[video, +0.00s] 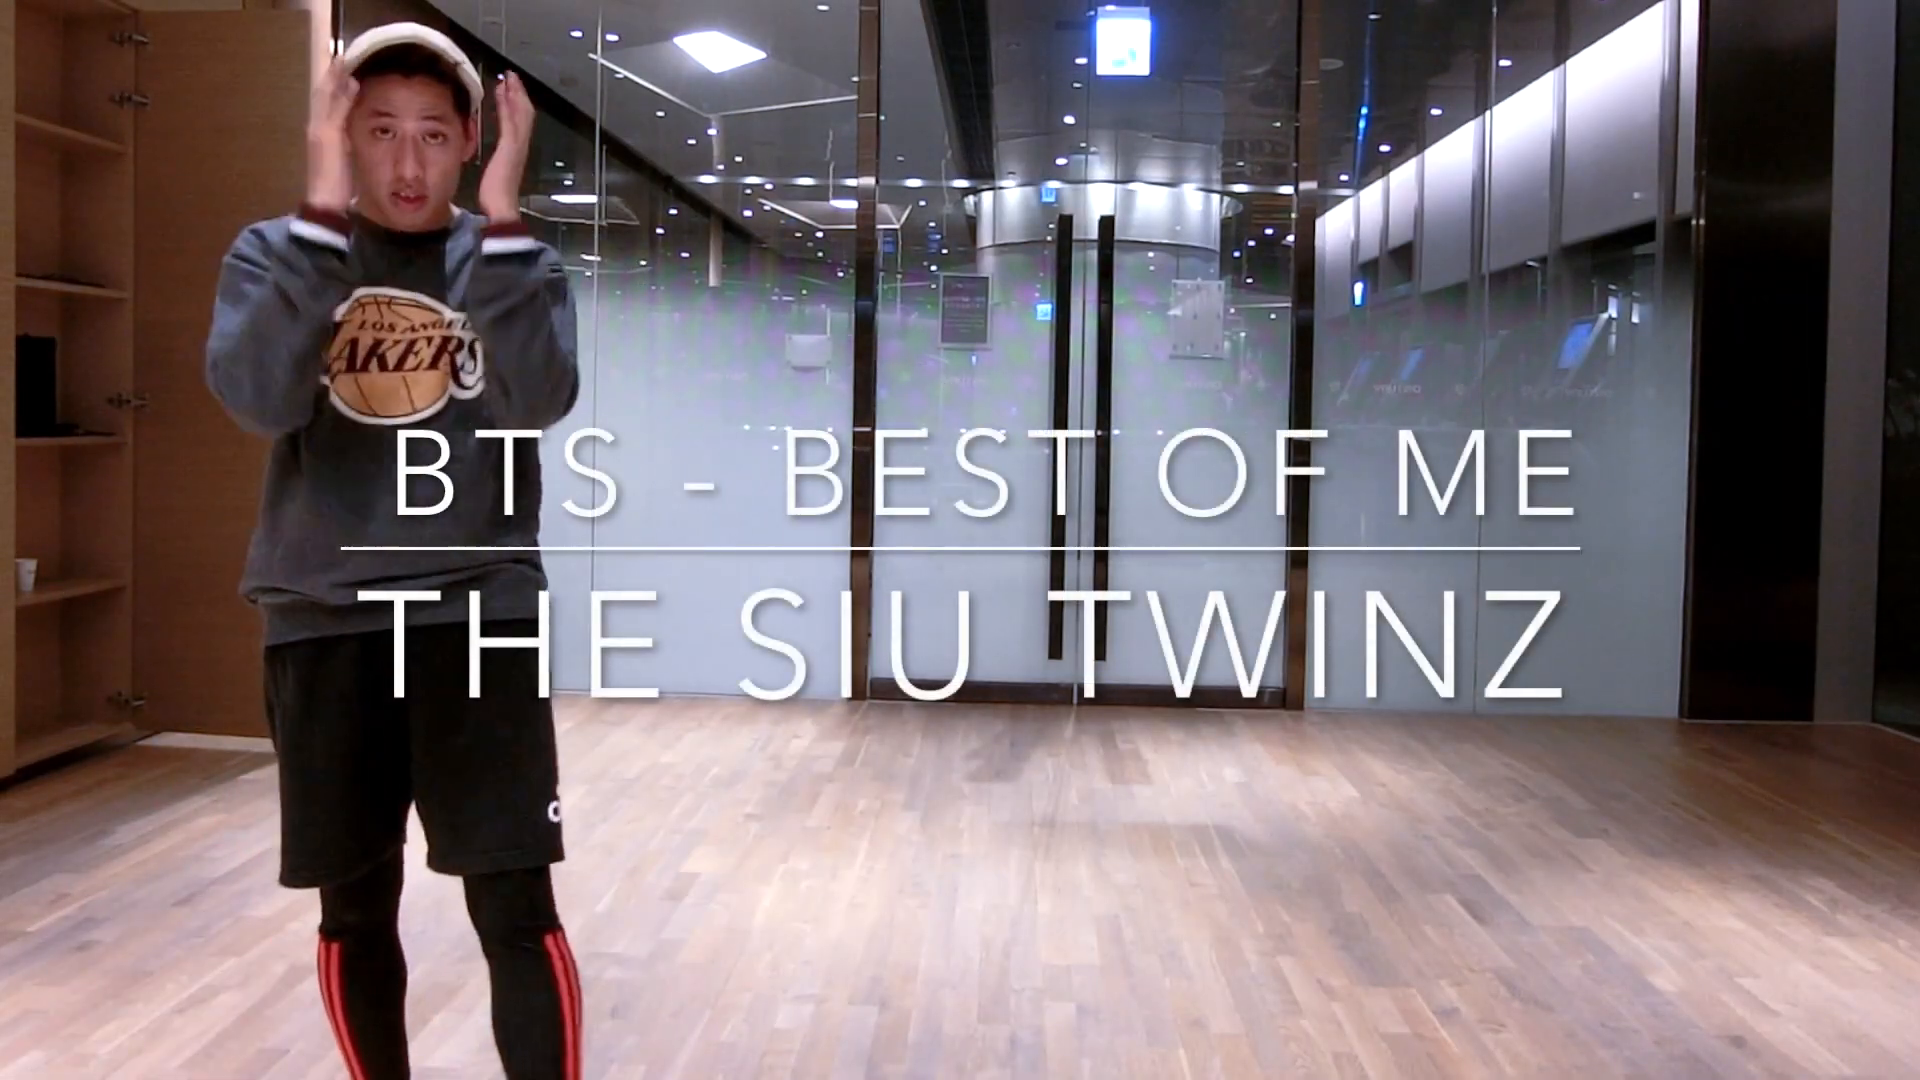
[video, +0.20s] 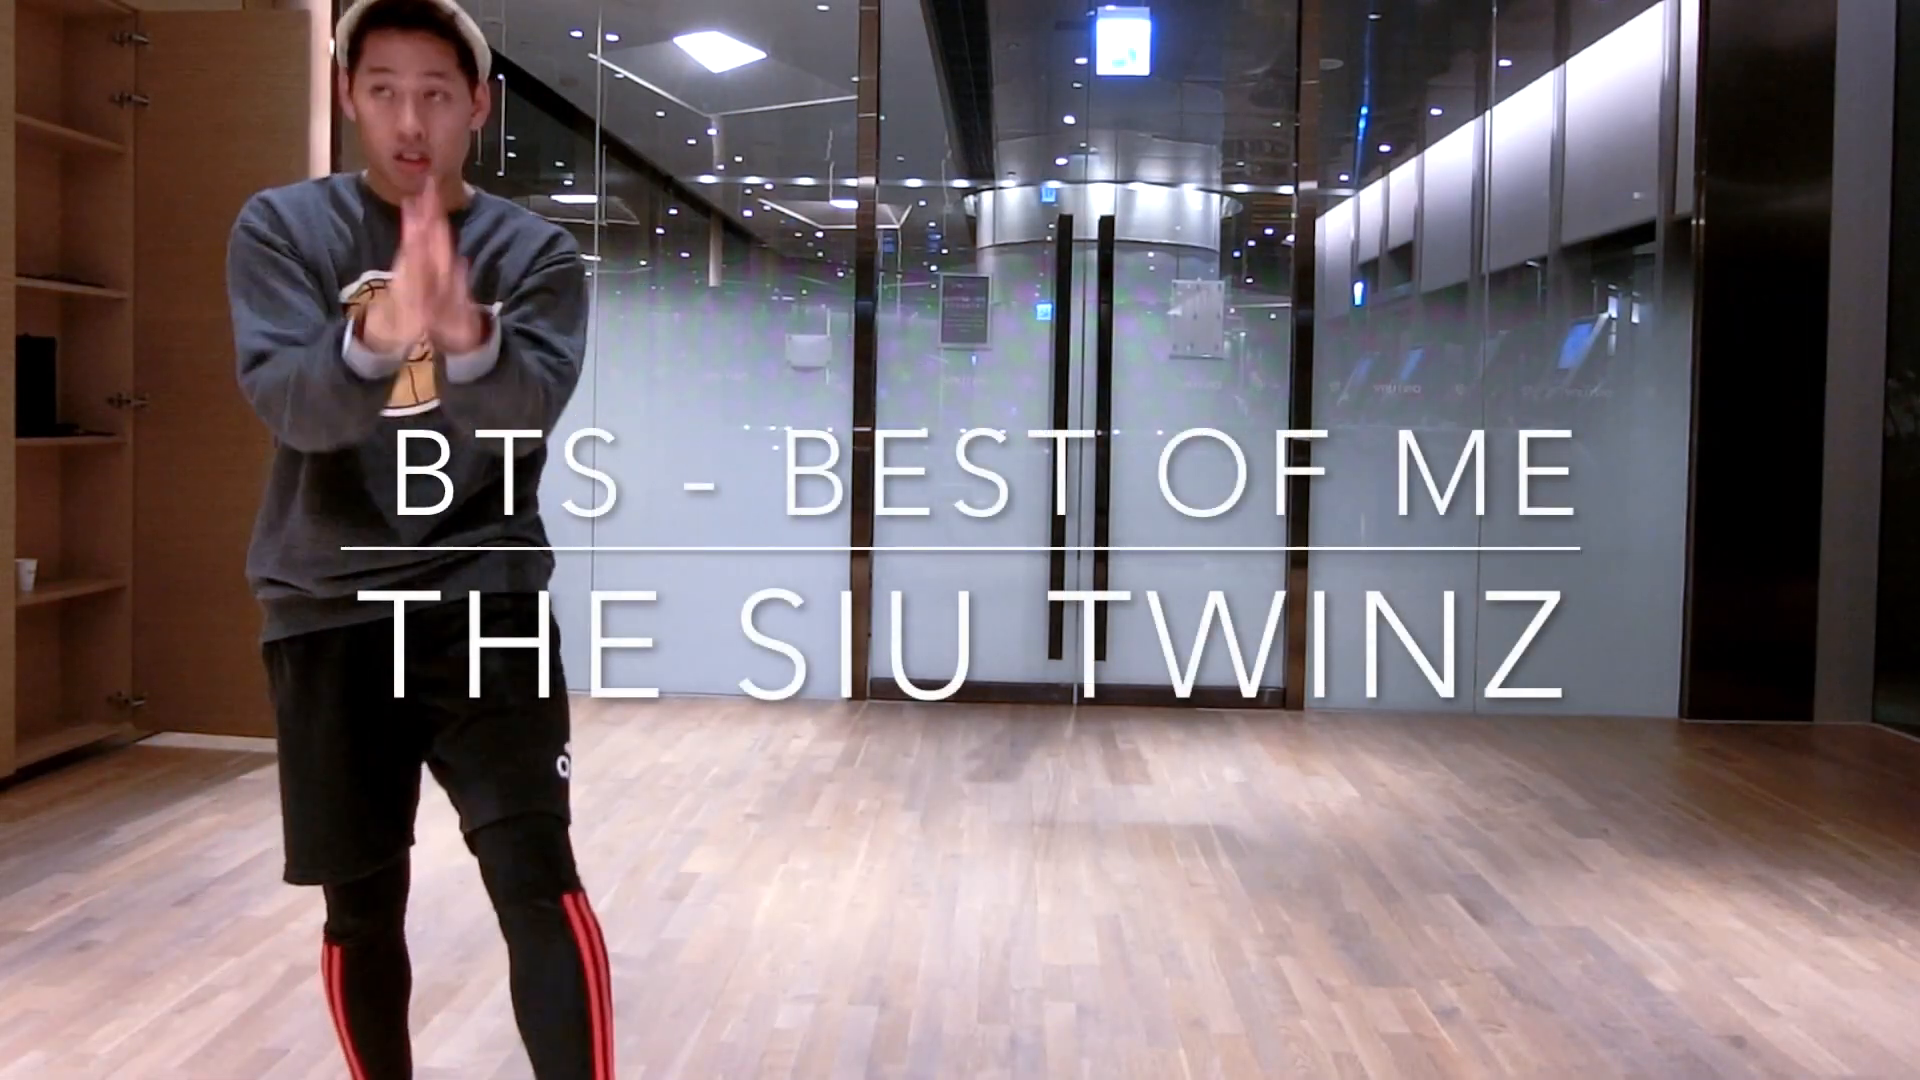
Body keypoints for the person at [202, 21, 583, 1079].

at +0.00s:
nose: (408, 156)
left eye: (433, 132)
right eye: (383, 130)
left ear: (469, 150)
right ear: (343, 144)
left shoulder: (518, 265)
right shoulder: (277, 254)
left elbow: (536, 399)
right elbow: (261, 399)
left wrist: (499, 219)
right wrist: (323, 213)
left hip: (485, 622)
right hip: (330, 624)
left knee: (515, 909)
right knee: (355, 910)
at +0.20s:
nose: (409, 119)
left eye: (435, 94)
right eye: (383, 92)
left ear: (476, 112)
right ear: (350, 108)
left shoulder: (532, 246)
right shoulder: (282, 225)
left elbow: (535, 400)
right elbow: (283, 397)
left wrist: (462, 342)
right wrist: (376, 336)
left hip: (487, 590)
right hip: (330, 604)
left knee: (535, 883)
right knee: (360, 906)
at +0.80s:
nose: (509, 15)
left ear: (605, 27)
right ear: (452, 30)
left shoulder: (689, 227)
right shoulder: (376, 207)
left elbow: (794, 404)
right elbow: (265, 368)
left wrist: (892, 539)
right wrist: (167, 490)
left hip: (599, 649)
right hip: (410, 645)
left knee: (593, 967)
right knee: (394, 952)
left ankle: (604, 1059)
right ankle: (387, 1064)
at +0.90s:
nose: (553, 18)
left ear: (648, 23)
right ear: (495, 27)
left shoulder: (725, 242)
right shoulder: (403, 206)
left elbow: (829, 450)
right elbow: (279, 394)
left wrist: (931, 619)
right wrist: (172, 562)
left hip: (620, 677)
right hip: (424, 671)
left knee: (607, 1006)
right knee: (384, 993)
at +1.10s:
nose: (614, 3)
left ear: (710, 15)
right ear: (554, 10)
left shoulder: (772, 234)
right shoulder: (456, 193)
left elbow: (824, 495)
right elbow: (376, 463)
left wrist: (829, 725)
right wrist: (363, 679)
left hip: (661, 704)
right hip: (461, 698)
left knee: (630, 1036)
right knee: (414, 1043)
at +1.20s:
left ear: (727, 16)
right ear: (574, 8)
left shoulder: (785, 219)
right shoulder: (468, 176)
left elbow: (844, 447)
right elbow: (388, 437)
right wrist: (481, 572)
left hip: (675, 697)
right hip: (481, 691)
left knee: (637, 1036)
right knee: (439, 1039)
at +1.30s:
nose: (651, 21)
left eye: (688, 5)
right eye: (641, 1)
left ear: (744, 24)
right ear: (602, 14)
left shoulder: (779, 183)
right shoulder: (472, 168)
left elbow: (893, 389)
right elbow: (381, 426)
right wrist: (508, 477)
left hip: (692, 688)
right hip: (498, 681)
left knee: (644, 1043)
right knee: (474, 1047)